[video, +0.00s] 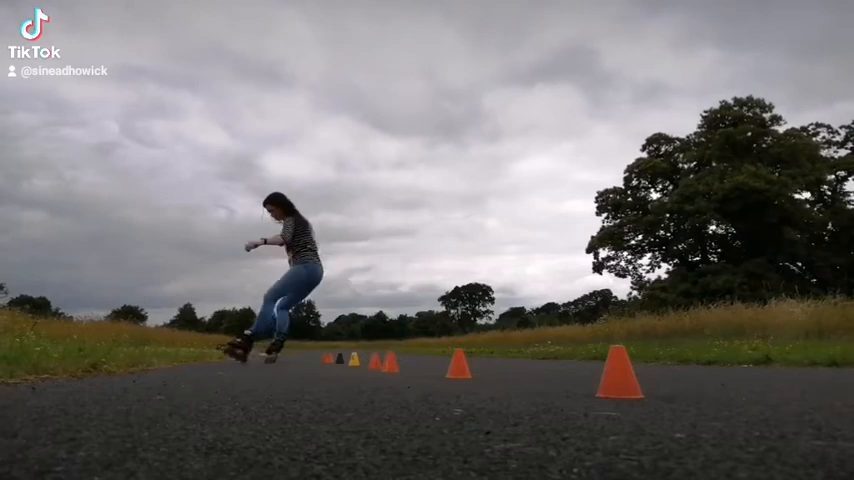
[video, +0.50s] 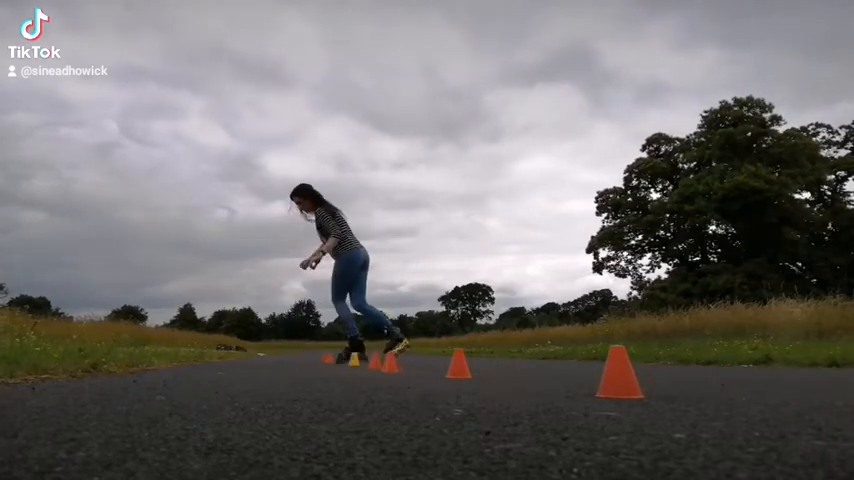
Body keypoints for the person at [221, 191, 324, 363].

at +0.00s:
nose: (271, 215)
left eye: (272, 211)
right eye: (269, 212)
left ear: (281, 207)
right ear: (283, 207)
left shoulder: (291, 220)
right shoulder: (300, 221)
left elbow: (284, 239)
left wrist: (260, 242)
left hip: (305, 267)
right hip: (315, 271)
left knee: (270, 297)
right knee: (282, 306)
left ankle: (249, 339)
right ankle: (278, 342)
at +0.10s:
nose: (273, 217)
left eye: (274, 212)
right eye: (271, 214)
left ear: (283, 208)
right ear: (288, 207)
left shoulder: (291, 221)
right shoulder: (306, 220)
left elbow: (273, 237)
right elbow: (315, 243)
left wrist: (247, 236)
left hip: (311, 265)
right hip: (325, 268)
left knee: (275, 295)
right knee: (298, 306)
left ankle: (273, 343)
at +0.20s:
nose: (276, 216)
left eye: (277, 212)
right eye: (274, 214)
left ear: (286, 207)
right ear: (292, 207)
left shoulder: (294, 220)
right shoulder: (310, 218)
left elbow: (277, 239)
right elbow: (319, 241)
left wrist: (250, 238)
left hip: (317, 262)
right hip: (333, 263)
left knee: (291, 298)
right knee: (316, 306)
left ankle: (300, 341)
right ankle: (333, 339)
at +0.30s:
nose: (282, 215)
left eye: (282, 211)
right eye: (280, 212)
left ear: (291, 206)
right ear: (295, 205)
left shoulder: (300, 219)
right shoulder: (315, 216)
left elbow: (292, 242)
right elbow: (325, 238)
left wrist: (265, 246)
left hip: (325, 261)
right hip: (342, 260)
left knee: (309, 301)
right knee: (335, 304)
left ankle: (322, 341)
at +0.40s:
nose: (290, 212)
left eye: (290, 207)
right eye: (287, 209)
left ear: (299, 203)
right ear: (304, 202)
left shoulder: (309, 217)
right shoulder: (321, 213)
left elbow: (314, 242)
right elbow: (328, 245)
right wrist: (317, 264)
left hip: (336, 259)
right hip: (351, 256)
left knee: (325, 300)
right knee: (349, 304)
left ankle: (339, 340)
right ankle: (385, 335)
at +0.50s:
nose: (299, 208)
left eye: (300, 203)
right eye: (297, 204)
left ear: (309, 198)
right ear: (313, 198)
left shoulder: (322, 213)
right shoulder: (329, 210)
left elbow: (335, 235)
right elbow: (327, 241)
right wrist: (311, 258)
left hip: (348, 257)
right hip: (360, 254)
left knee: (338, 300)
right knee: (359, 303)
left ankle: (355, 342)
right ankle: (395, 335)